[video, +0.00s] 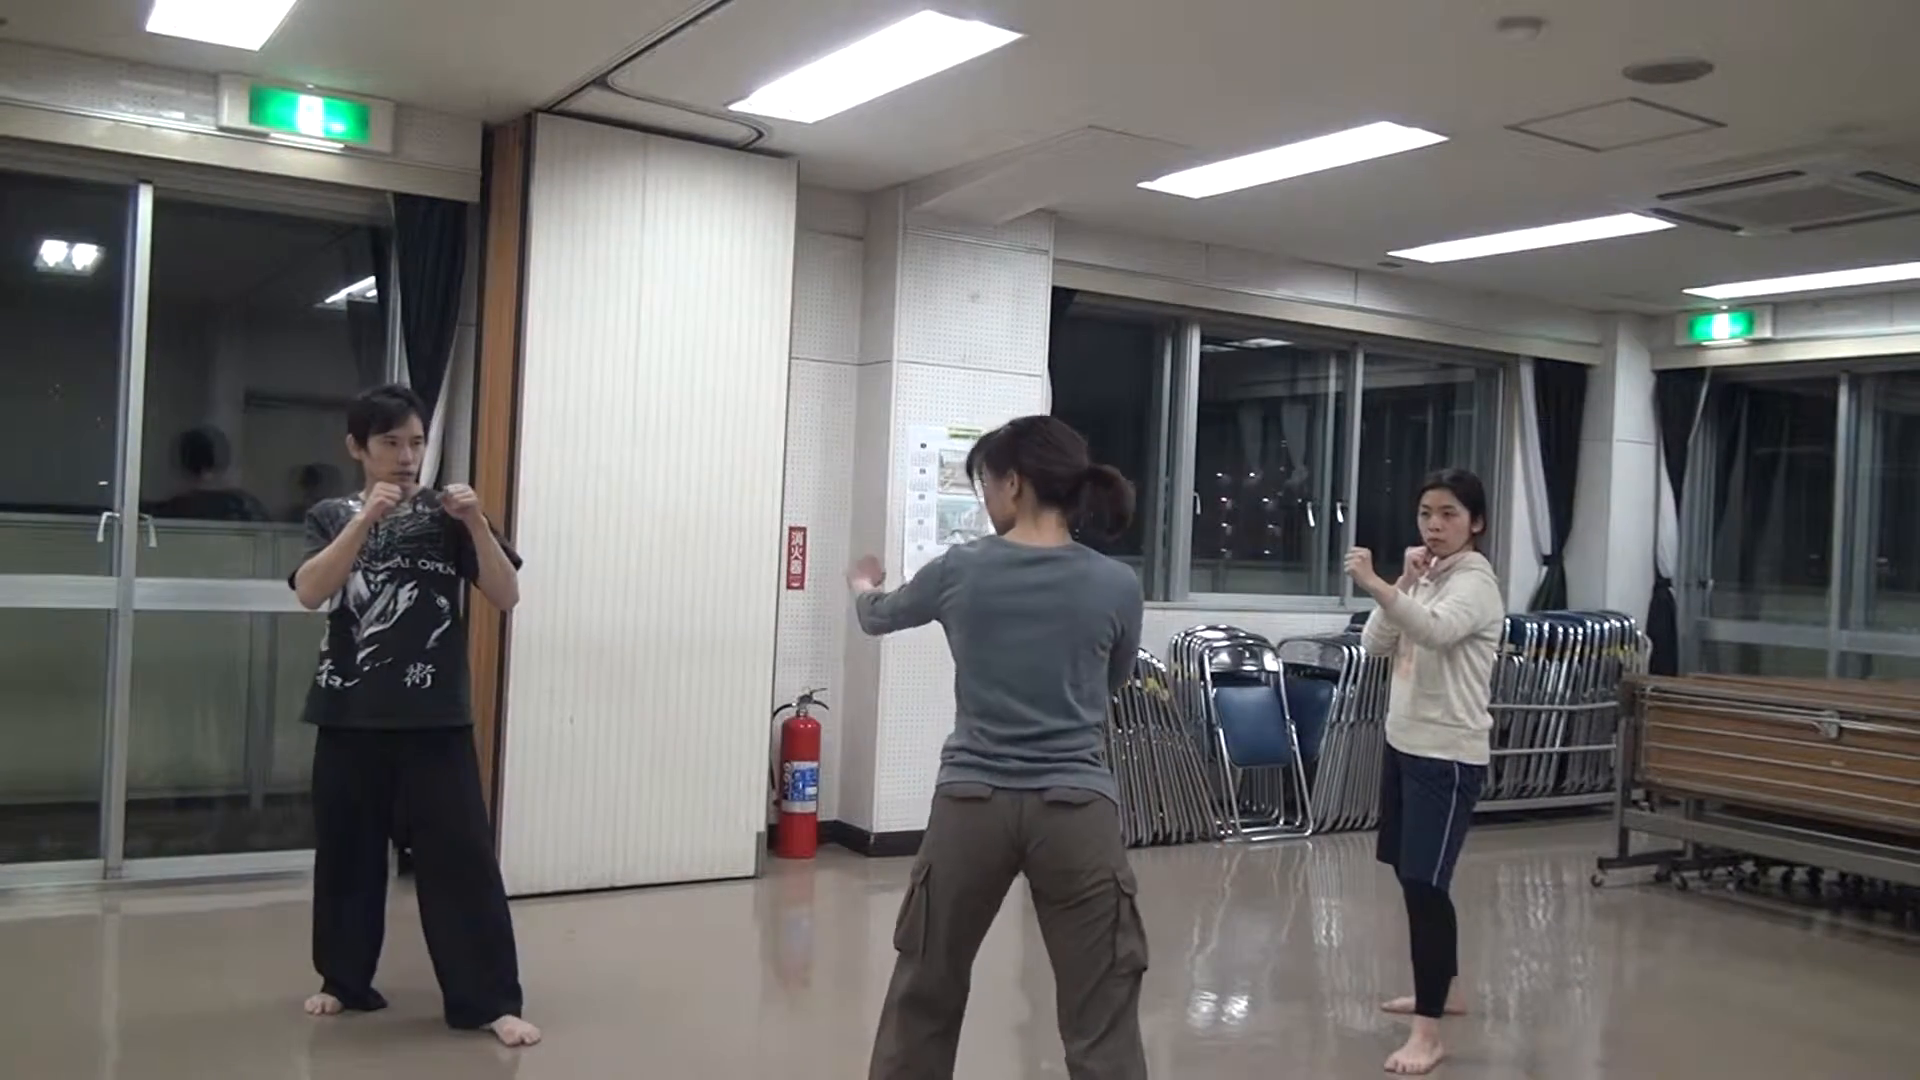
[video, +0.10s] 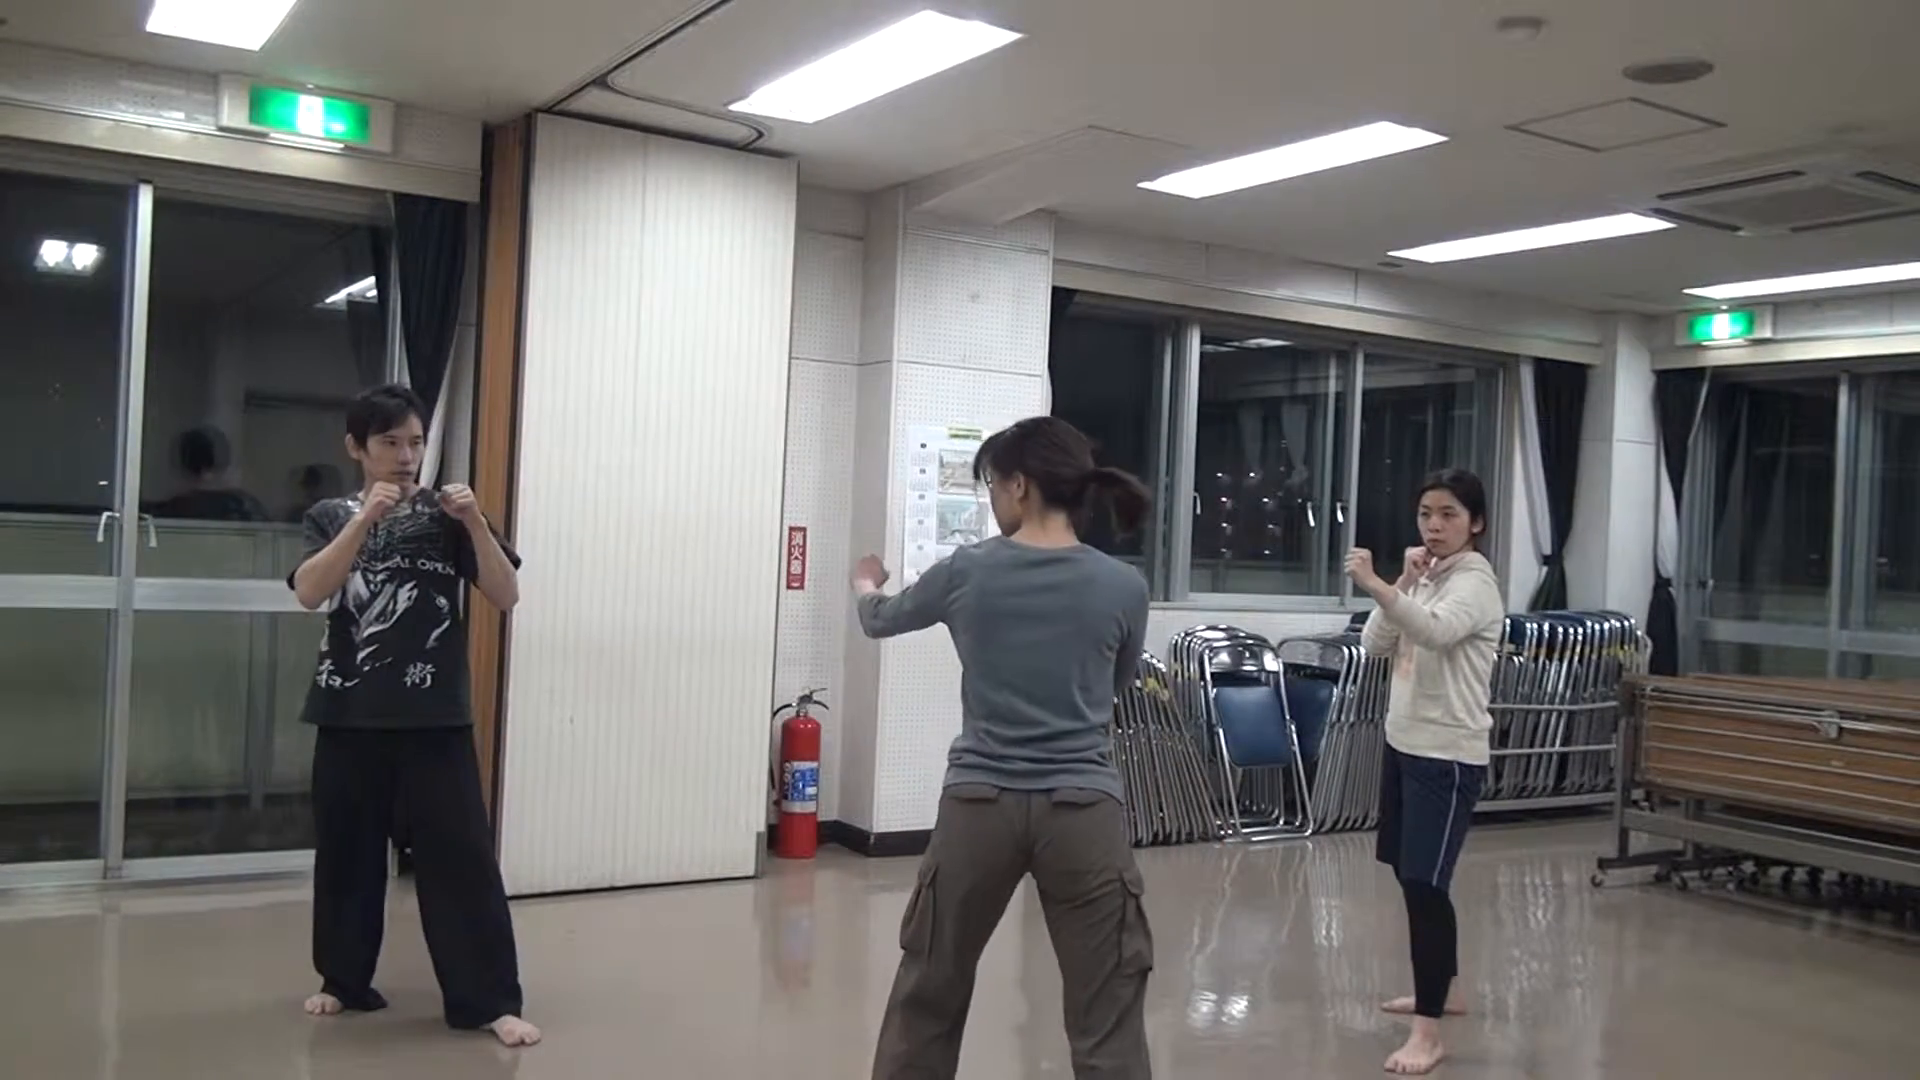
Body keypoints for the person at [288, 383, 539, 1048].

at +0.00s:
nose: (406, 455)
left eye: (415, 443)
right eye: (391, 444)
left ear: (427, 445)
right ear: (357, 447)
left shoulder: (452, 516)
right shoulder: (335, 517)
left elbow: (504, 595)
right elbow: (310, 590)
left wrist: (476, 524)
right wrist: (364, 519)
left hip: (435, 721)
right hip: (352, 721)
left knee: (464, 860)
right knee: (346, 855)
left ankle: (494, 1004)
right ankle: (342, 984)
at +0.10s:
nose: (405, 455)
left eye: (414, 443)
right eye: (390, 444)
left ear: (426, 444)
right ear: (356, 447)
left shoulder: (451, 516)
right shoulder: (334, 518)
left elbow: (504, 595)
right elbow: (309, 590)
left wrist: (475, 524)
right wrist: (363, 519)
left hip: (436, 720)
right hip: (352, 720)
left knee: (463, 860)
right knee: (346, 855)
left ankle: (494, 1004)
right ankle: (342, 983)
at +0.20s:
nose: (405, 455)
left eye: (414, 443)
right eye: (390, 444)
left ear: (426, 445)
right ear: (356, 447)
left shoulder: (451, 516)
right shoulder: (334, 518)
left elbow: (504, 595)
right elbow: (309, 590)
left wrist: (475, 524)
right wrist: (363, 519)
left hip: (436, 720)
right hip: (352, 720)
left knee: (464, 860)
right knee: (346, 855)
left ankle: (494, 1004)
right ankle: (341, 983)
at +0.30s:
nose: (407, 456)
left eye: (416, 444)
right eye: (393, 444)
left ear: (427, 446)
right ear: (357, 446)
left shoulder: (451, 517)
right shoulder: (334, 518)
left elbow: (505, 596)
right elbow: (310, 590)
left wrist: (477, 524)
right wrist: (365, 521)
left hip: (438, 720)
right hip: (353, 720)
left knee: (466, 860)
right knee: (348, 855)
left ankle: (493, 1003)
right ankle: (342, 983)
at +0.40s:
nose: (409, 456)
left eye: (420, 445)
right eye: (394, 444)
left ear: (432, 446)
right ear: (360, 447)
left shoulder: (455, 516)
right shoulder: (337, 517)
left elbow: (509, 597)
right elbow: (315, 591)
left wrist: (484, 527)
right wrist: (368, 521)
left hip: (442, 718)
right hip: (359, 718)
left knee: (467, 857)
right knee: (351, 852)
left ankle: (492, 1004)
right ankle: (343, 983)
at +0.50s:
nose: (418, 458)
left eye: (428, 447)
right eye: (402, 445)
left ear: (439, 449)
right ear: (368, 449)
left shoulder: (462, 519)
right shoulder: (345, 518)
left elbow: (520, 601)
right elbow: (323, 593)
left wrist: (495, 533)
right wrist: (377, 521)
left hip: (450, 721)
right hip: (368, 720)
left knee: (473, 859)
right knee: (356, 853)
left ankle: (493, 1005)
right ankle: (346, 981)